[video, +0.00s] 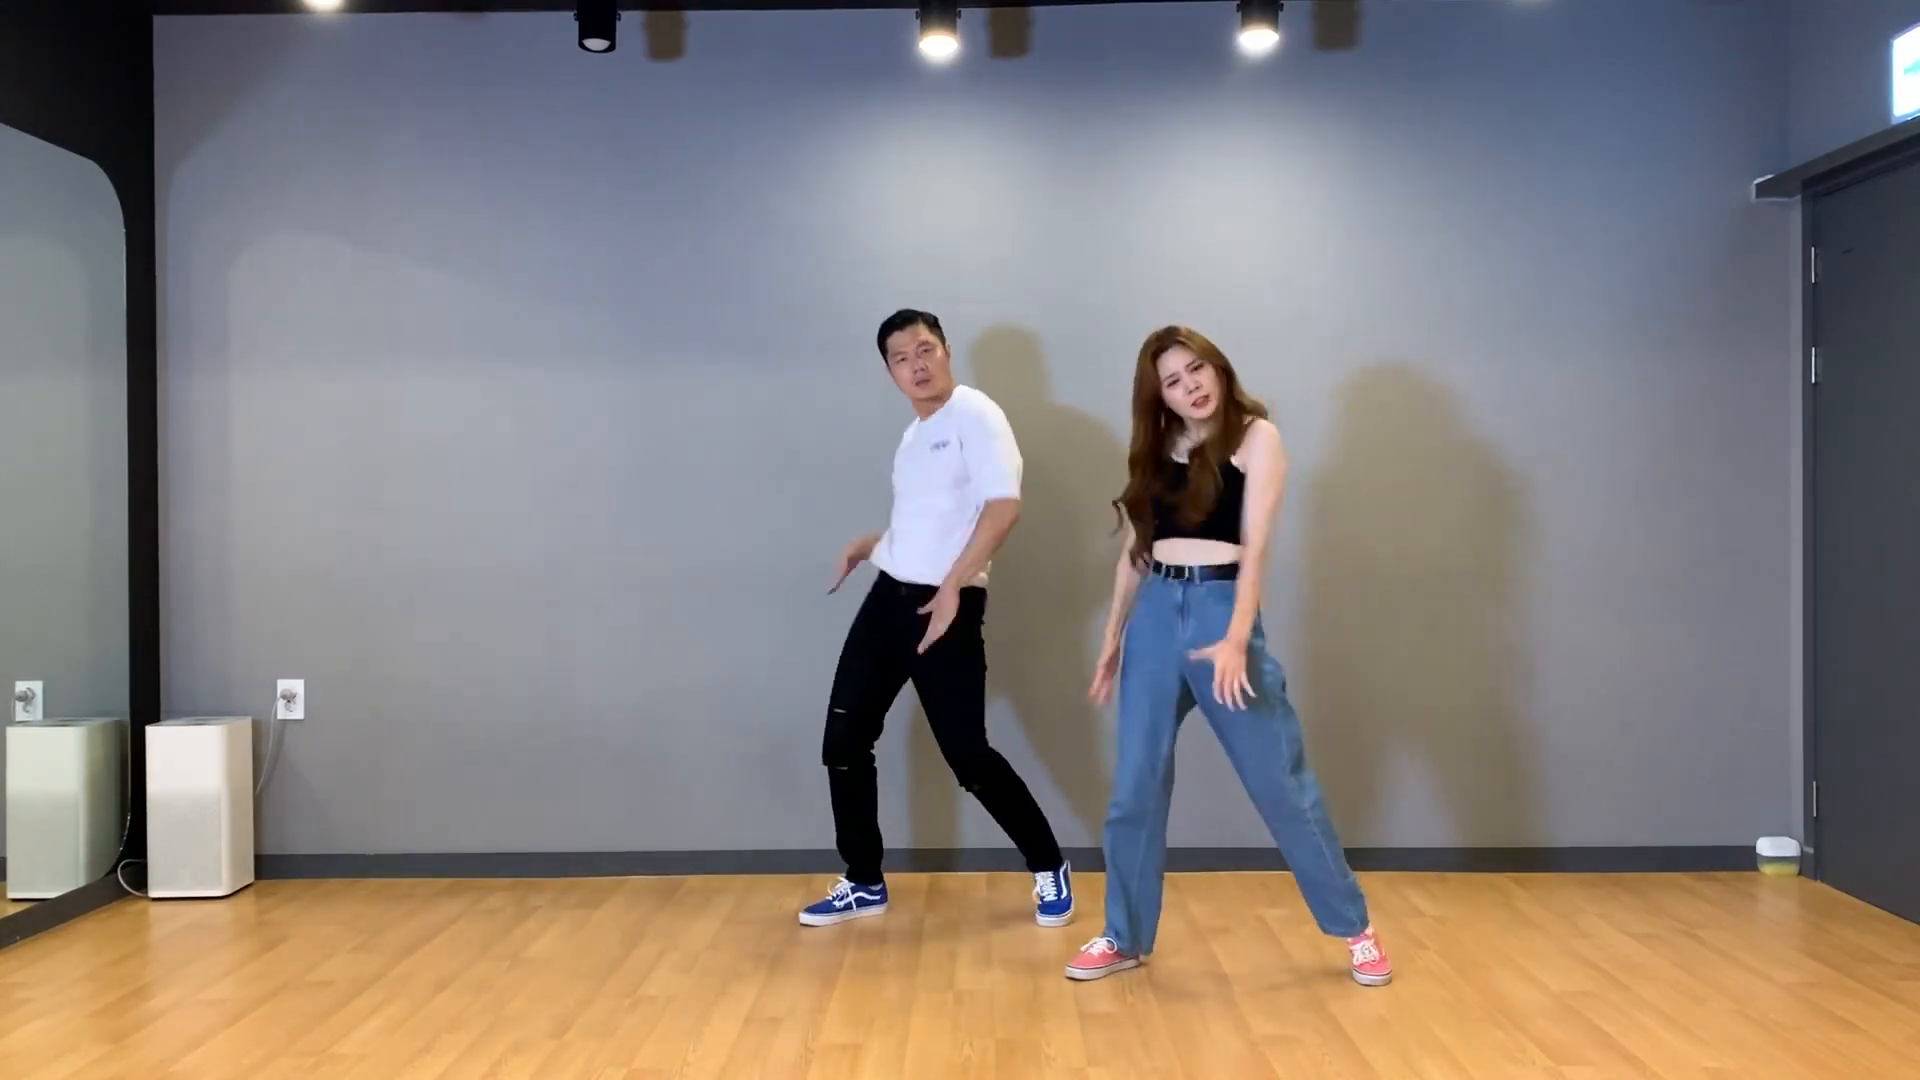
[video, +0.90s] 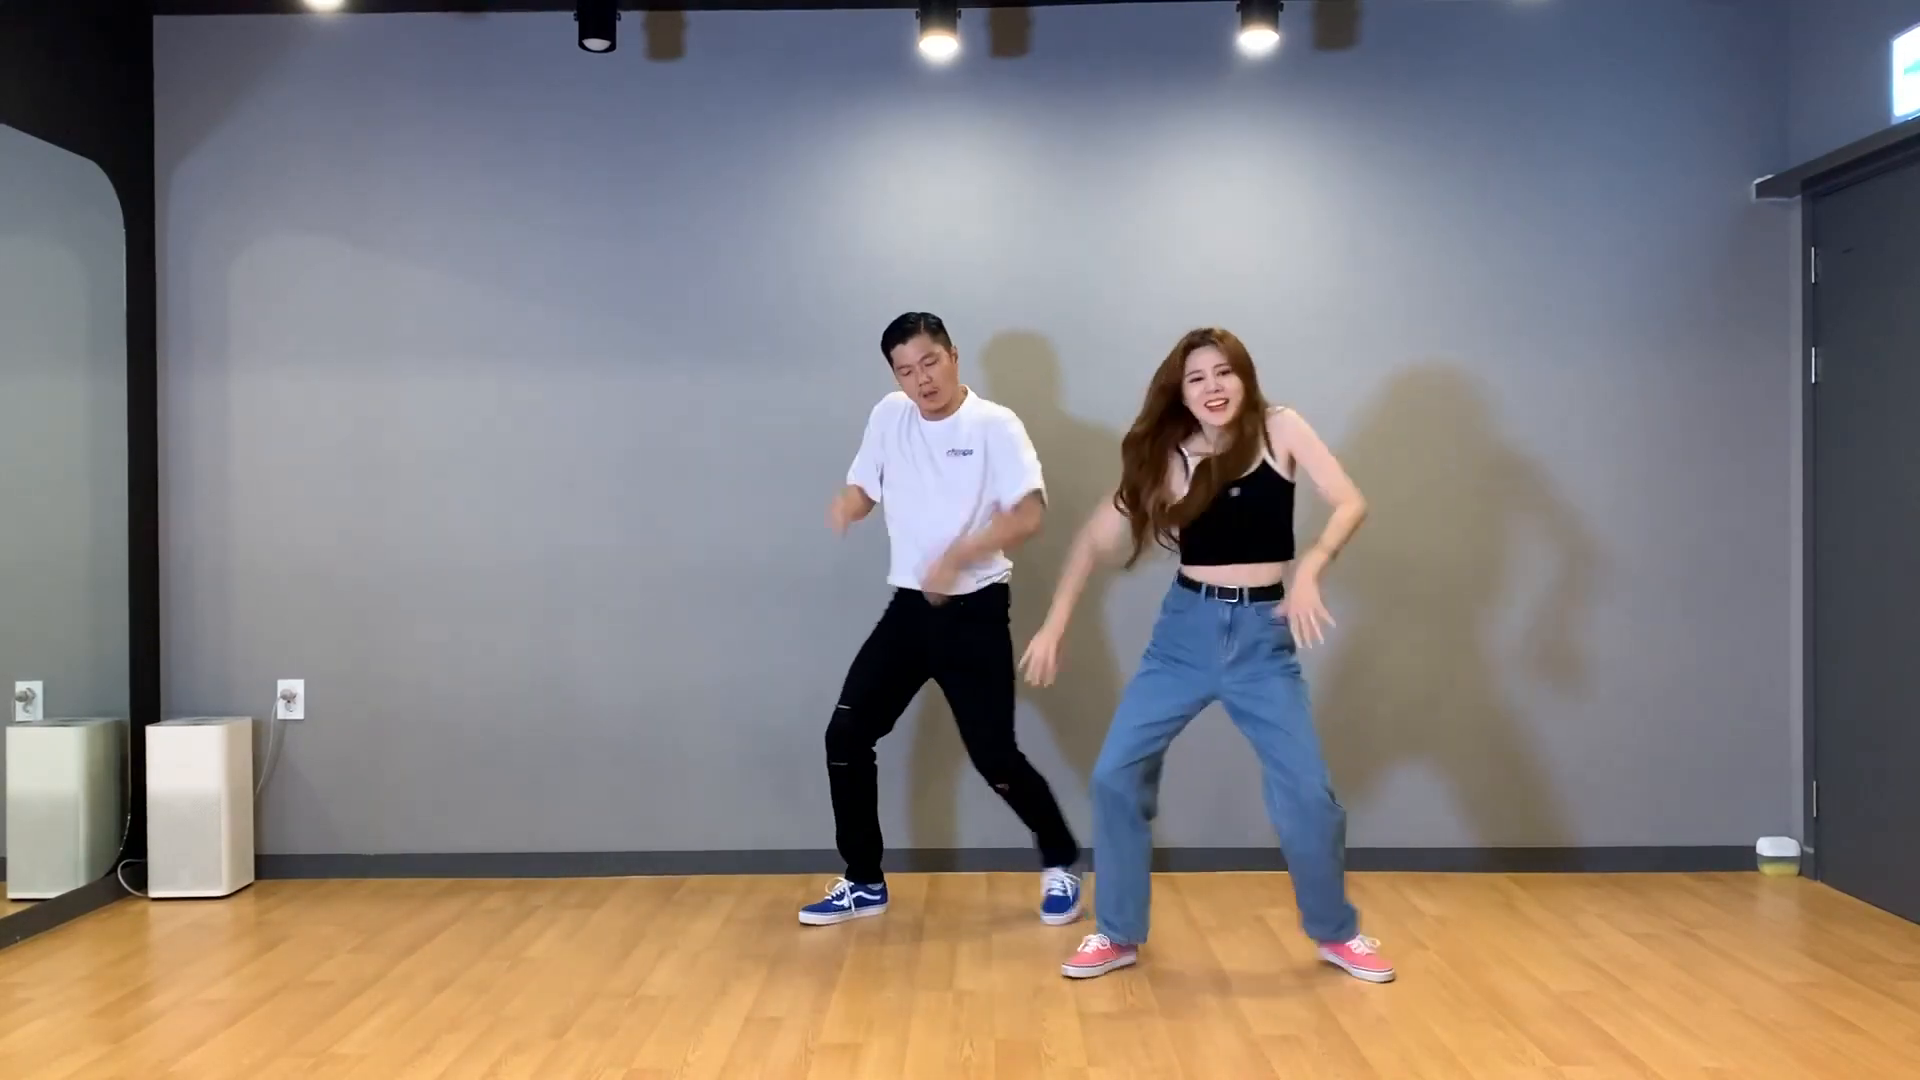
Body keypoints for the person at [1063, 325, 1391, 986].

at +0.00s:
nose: (1191, 385)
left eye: (1196, 368)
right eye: (1174, 381)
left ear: (1217, 368)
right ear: (1161, 396)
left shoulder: (1257, 439)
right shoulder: (1158, 450)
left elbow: (1254, 550)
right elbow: (1134, 553)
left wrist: (1236, 639)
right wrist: (1113, 639)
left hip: (1226, 612)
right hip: (1153, 613)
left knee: (1282, 781)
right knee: (1137, 781)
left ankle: (1355, 928)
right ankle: (1124, 935)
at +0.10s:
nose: (1189, 402)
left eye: (1195, 386)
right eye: (1172, 399)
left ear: (1217, 388)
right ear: (1161, 417)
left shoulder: (1259, 457)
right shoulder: (1169, 477)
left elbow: (1227, 562)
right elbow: (1147, 567)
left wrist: (1171, 628)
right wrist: (1098, 628)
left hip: (1237, 619)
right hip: (1167, 618)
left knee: (1254, 805)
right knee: (1126, 793)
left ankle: (1349, 929)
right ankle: (1122, 938)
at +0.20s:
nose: (1183, 407)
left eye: (1190, 391)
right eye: (1166, 403)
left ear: (1214, 395)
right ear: (1156, 421)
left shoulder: (1256, 462)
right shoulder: (1167, 482)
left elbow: (1208, 557)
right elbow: (1136, 566)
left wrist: (1139, 532)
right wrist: (1084, 526)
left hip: (1262, 640)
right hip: (1199, 639)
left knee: (1276, 809)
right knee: (1134, 791)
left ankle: (1367, 930)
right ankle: (1119, 939)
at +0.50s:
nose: (1191, 415)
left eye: (1198, 398)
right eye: (1175, 410)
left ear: (1223, 398)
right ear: (1164, 422)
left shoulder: (1266, 459)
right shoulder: (1182, 472)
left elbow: (1195, 527)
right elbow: (1135, 537)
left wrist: (1161, 447)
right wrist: (1108, 455)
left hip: (1251, 629)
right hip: (1192, 626)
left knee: (1263, 808)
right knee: (1127, 789)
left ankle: (1364, 924)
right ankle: (1121, 938)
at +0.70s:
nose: (1185, 398)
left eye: (1194, 382)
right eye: (1171, 389)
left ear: (1222, 384)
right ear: (1162, 403)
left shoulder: (1257, 445)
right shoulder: (1163, 456)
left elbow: (1253, 473)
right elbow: (1064, 478)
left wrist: (1221, 422)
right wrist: (1104, 420)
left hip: (1256, 633)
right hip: (1190, 632)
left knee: (1300, 793)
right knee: (1136, 788)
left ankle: (1386, 933)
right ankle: (1119, 938)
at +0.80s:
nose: (1189, 390)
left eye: (1201, 377)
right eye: (1175, 381)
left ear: (1223, 385)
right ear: (1159, 394)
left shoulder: (1256, 446)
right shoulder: (1147, 447)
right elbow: (1054, 437)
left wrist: (1293, 456)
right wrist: (1094, 476)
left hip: (1265, 644)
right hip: (1190, 645)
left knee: (1316, 800)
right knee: (1138, 782)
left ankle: (1383, 934)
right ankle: (1125, 934)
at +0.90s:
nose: (1214, 387)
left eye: (1225, 373)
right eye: (1198, 378)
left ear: (1246, 380)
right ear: (1181, 392)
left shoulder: (1280, 429)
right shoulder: (1165, 459)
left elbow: (1350, 503)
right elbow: (1094, 539)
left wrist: (1308, 572)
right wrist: (1053, 629)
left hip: (1265, 636)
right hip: (1183, 634)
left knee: (1311, 793)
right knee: (1115, 776)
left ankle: (1335, 931)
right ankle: (1119, 932)